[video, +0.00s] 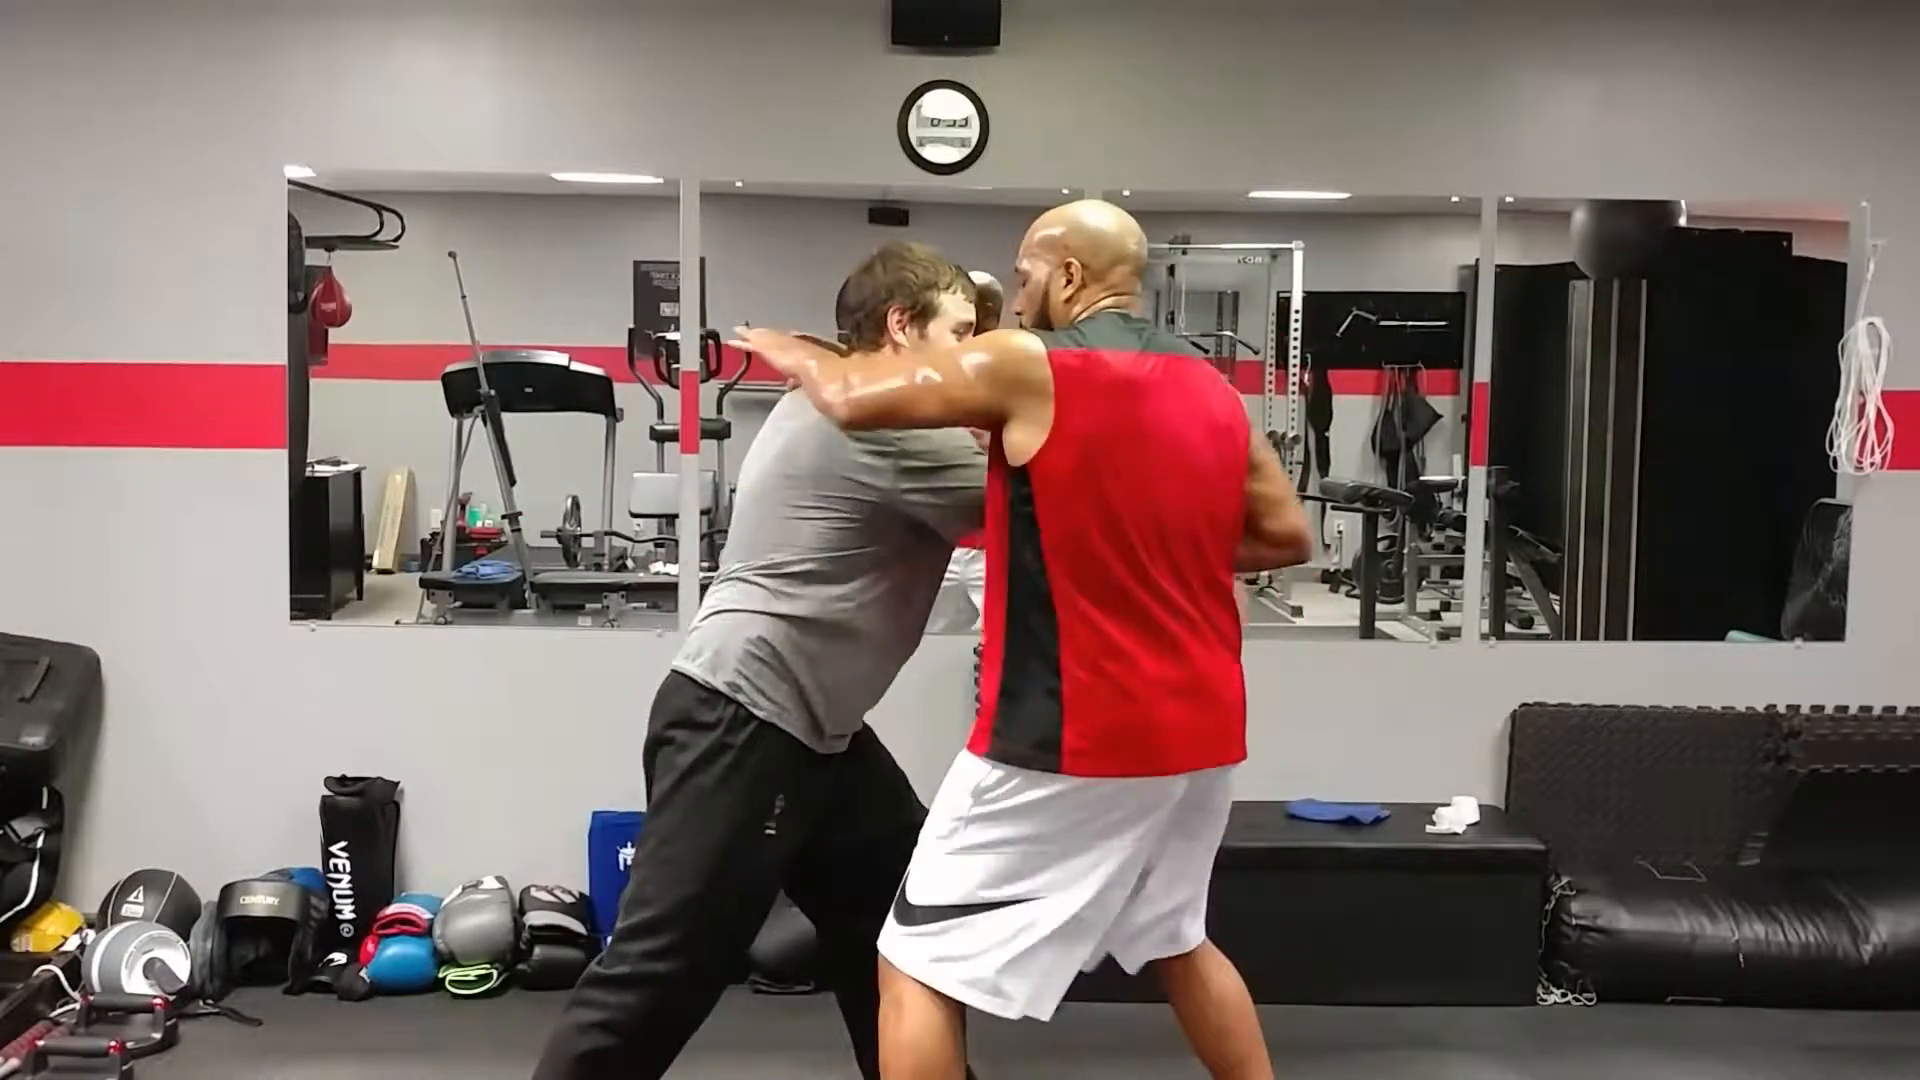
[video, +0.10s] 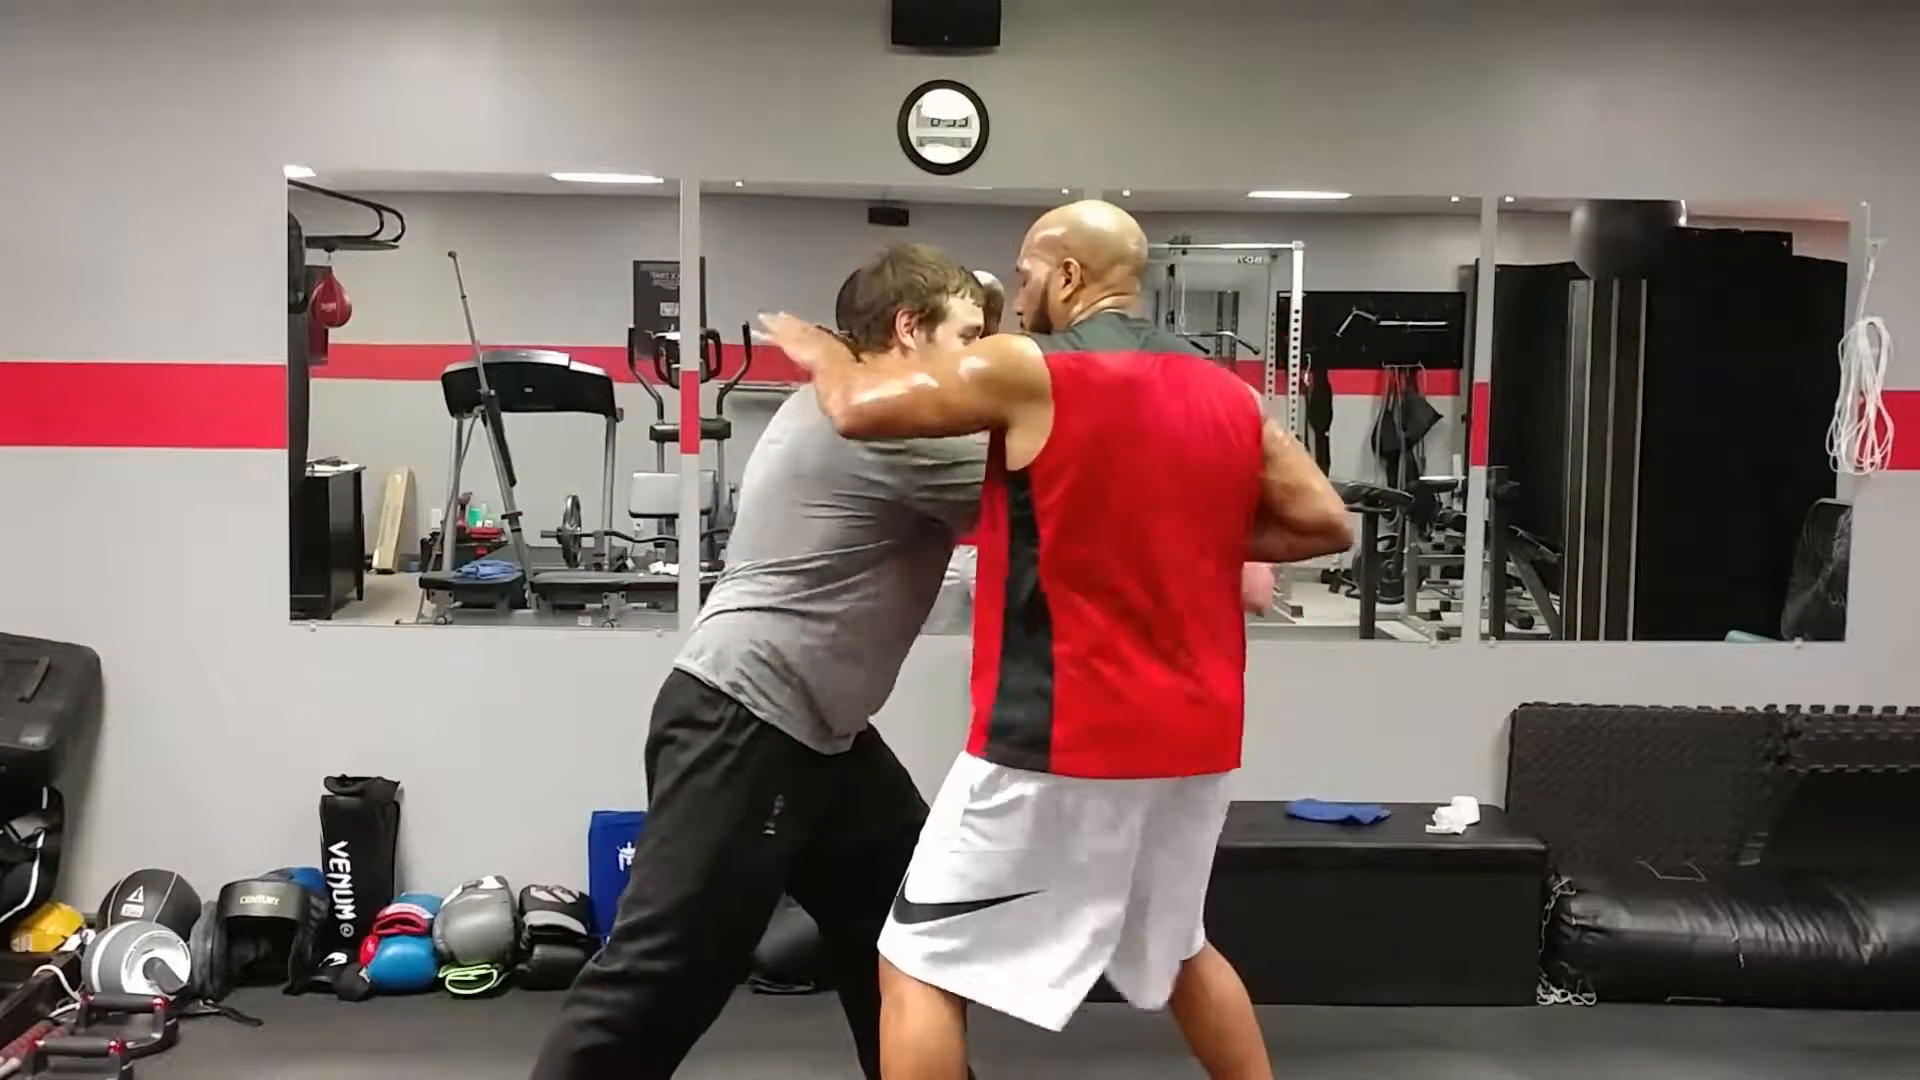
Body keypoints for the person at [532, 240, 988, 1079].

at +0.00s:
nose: (976, 355)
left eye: (977, 334)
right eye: (963, 331)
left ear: (889, 331)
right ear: (900, 329)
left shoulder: (830, 404)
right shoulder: (887, 430)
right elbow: (1036, 496)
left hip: (812, 728)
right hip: (739, 720)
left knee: (917, 939)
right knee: (656, 980)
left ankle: (915, 1073)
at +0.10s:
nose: (983, 355)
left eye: (983, 336)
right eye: (970, 334)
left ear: (895, 333)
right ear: (909, 330)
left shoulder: (834, 404)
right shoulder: (891, 428)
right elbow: (1040, 473)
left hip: (819, 732)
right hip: (741, 722)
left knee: (918, 945)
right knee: (657, 984)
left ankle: (918, 1073)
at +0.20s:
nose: (986, 357)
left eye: (986, 338)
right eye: (973, 335)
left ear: (898, 335)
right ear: (910, 332)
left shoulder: (837, 406)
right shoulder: (894, 432)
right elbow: (1041, 480)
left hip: (827, 735)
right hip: (742, 724)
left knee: (923, 946)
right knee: (656, 986)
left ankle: (916, 1073)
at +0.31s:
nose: (987, 354)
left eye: (986, 335)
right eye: (972, 332)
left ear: (900, 335)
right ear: (907, 331)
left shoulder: (852, 407)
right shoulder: (886, 430)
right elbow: (1036, 493)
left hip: (829, 735)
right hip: (735, 723)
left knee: (919, 951)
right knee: (658, 981)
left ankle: (913, 1073)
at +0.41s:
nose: (981, 353)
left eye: (979, 332)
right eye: (964, 329)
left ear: (893, 333)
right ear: (898, 331)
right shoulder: (871, 426)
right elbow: (1028, 509)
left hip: (822, 728)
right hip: (723, 716)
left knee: (910, 949)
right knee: (651, 978)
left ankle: (914, 1074)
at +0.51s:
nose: (968, 347)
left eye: (969, 328)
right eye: (953, 323)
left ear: (886, 328)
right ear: (887, 325)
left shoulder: (883, 424)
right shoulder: (854, 431)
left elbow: (1019, 497)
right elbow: (1024, 524)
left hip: (815, 730)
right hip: (711, 714)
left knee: (897, 939)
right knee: (642, 971)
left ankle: (911, 1073)